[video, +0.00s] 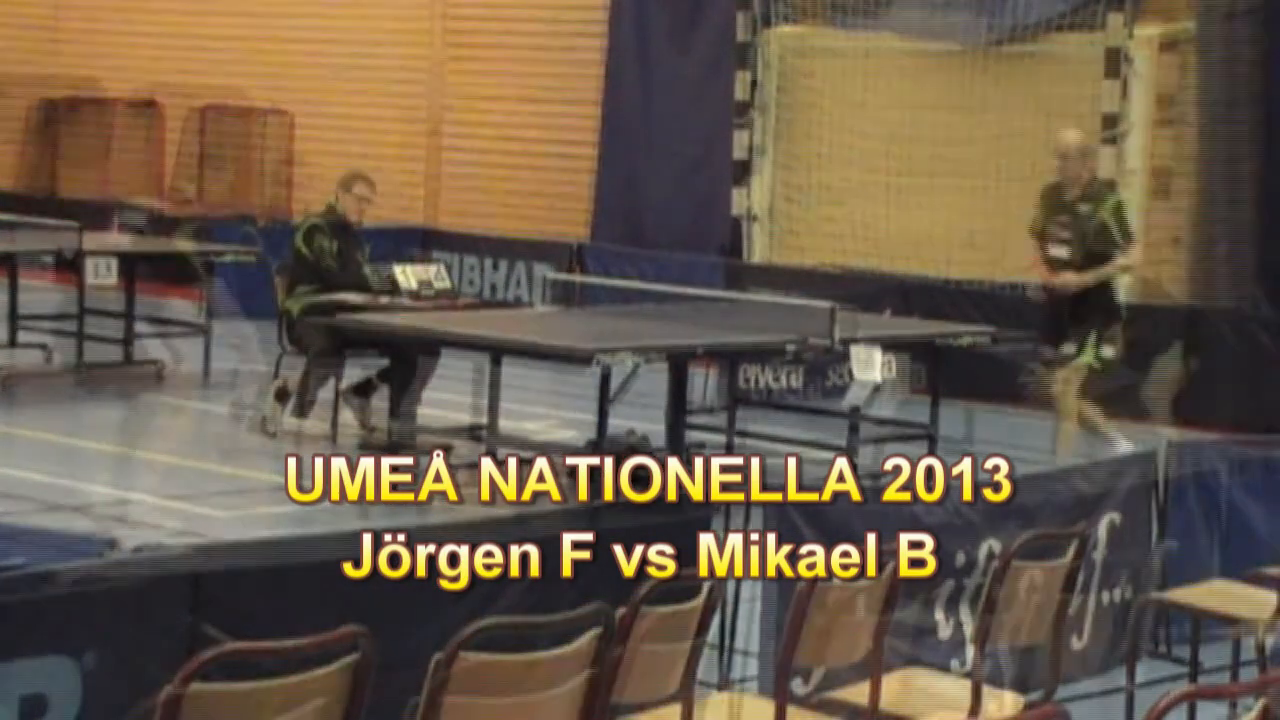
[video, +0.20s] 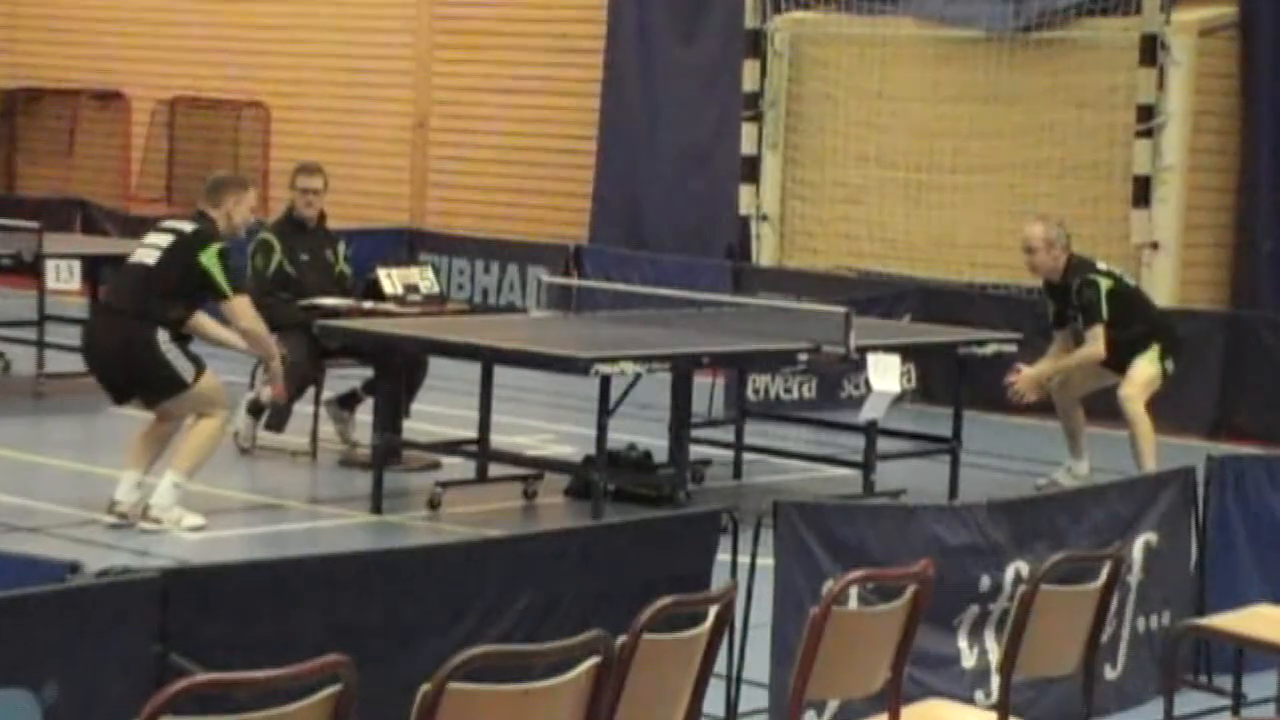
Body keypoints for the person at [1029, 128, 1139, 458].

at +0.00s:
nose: (1063, 166)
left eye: (1070, 159)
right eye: (1060, 158)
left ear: (1088, 161)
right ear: (1056, 160)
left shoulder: (1106, 196)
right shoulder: (1051, 195)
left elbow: (1131, 254)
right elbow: (1039, 238)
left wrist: (1082, 279)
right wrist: (1050, 273)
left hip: (1097, 308)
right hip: (1060, 307)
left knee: (1067, 385)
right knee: (1063, 389)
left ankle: (1061, 466)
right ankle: (1117, 444)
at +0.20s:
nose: (1027, 260)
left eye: (1032, 251)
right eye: (1026, 252)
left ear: (1058, 252)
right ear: (1053, 254)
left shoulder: (1087, 282)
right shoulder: (1054, 285)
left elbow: (1097, 349)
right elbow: (1065, 343)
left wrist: (1042, 375)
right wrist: (1035, 374)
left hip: (1155, 344)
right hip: (1119, 348)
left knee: (1129, 396)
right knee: (1062, 387)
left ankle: (1151, 482)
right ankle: (1078, 467)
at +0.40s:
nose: (1022, 257)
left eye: (1027, 249)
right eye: (1020, 250)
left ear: (1052, 250)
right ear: (1047, 251)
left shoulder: (1081, 280)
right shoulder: (1049, 283)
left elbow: (1090, 346)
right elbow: (1060, 340)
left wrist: (1037, 371)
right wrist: (1031, 371)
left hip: (1146, 344)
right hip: (1111, 347)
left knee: (1120, 396)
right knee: (1056, 387)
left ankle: (1142, 481)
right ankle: (1071, 465)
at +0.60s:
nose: (1016, 253)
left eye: (1021, 245)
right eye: (1015, 245)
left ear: (1047, 247)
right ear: (1041, 248)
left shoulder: (1075, 276)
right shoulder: (1044, 279)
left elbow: (1084, 342)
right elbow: (1054, 334)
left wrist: (1027, 366)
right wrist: (1027, 369)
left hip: (1139, 340)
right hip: (1104, 343)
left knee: (1113, 394)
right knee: (1050, 387)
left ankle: (1136, 478)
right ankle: (1066, 462)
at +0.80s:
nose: (1015, 249)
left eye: (1020, 241)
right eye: (1014, 241)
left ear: (1046, 241)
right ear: (1039, 244)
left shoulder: (1075, 272)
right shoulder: (1043, 275)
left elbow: (1083, 338)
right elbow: (1053, 331)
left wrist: (1027, 363)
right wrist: (1026, 364)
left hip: (1136, 338)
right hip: (1102, 340)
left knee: (1111, 395)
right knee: (1049, 387)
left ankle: (1135, 478)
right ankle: (1066, 464)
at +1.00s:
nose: (1015, 239)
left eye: (1021, 231)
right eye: (1014, 231)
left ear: (1047, 233)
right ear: (1039, 234)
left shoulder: (1075, 263)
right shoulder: (1042, 267)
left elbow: (1091, 327)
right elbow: (1051, 323)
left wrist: (1036, 359)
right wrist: (1026, 354)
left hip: (1133, 334)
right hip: (1096, 337)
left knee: (1110, 395)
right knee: (1049, 392)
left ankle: (1135, 479)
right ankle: (1066, 463)